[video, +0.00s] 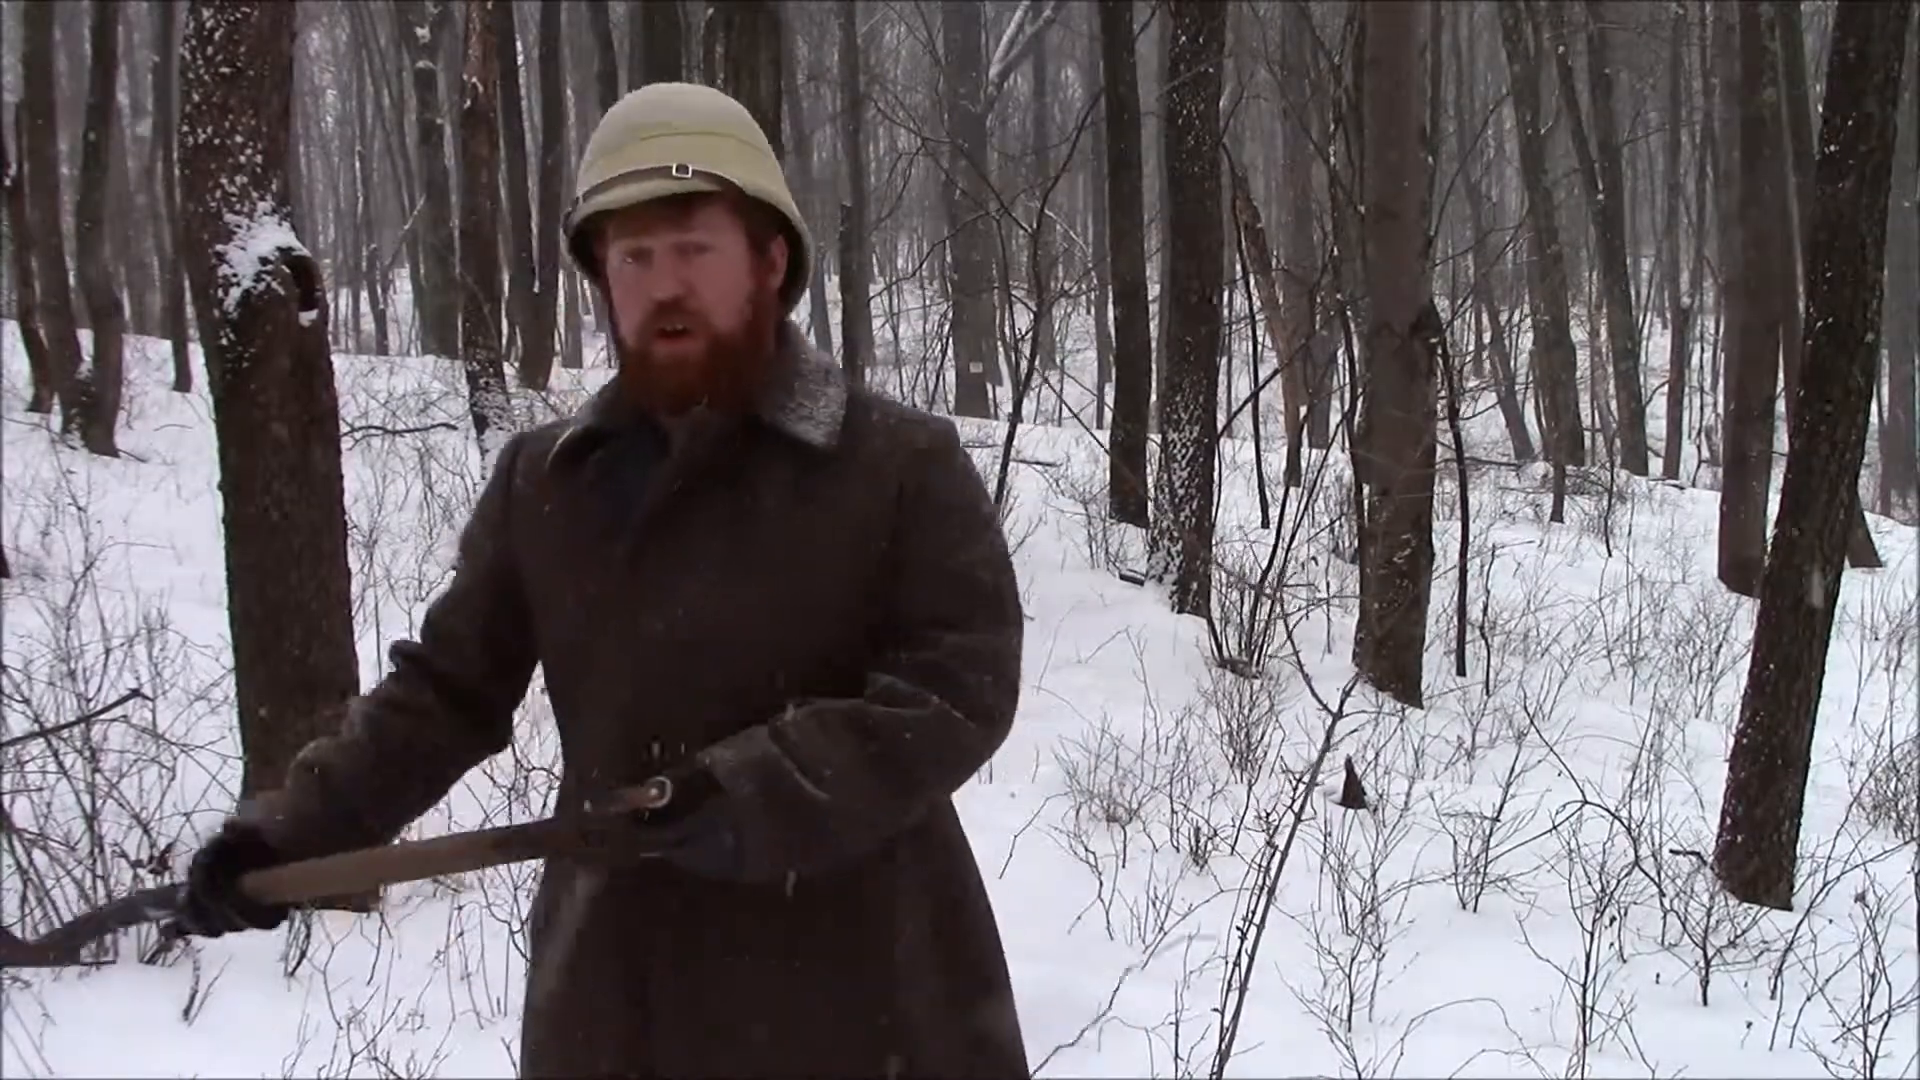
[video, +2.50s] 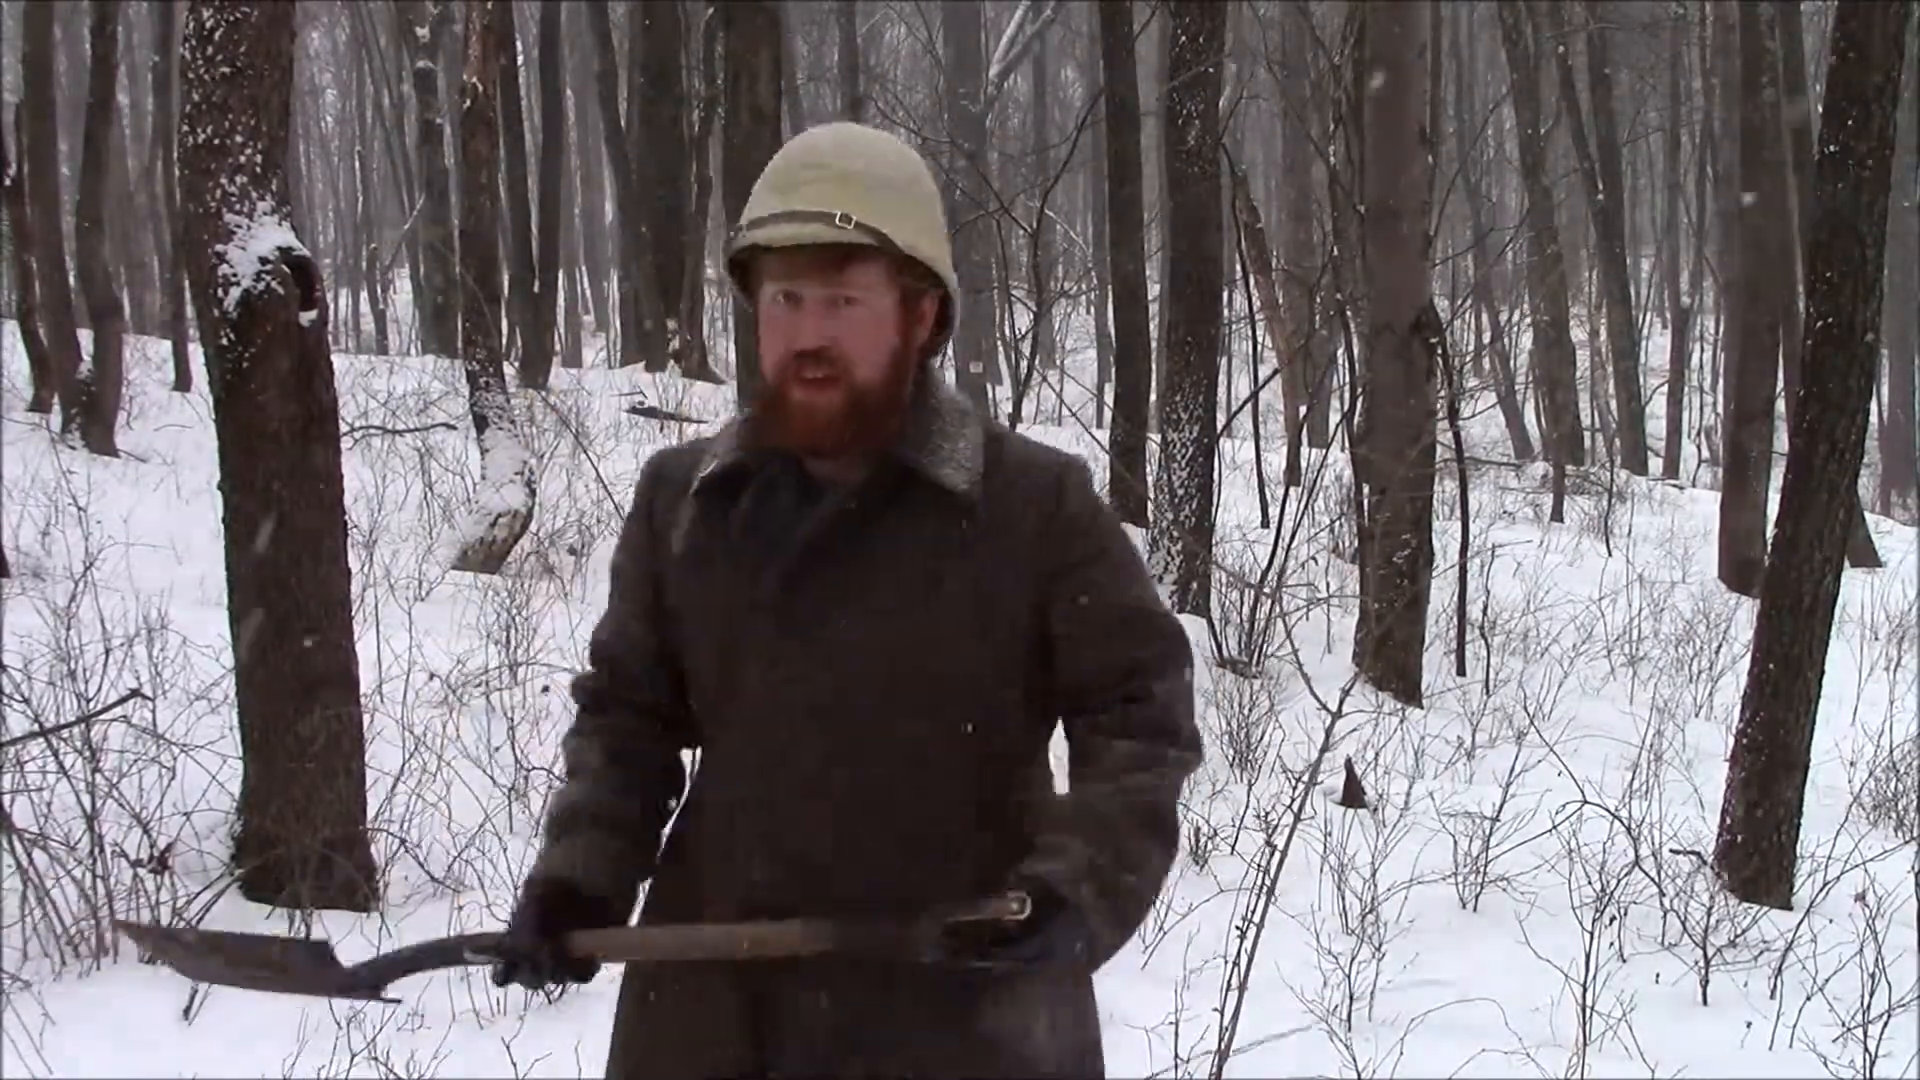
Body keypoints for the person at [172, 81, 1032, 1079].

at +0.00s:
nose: (666, 286)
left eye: (696, 248)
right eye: (636, 257)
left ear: (773, 261)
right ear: (602, 283)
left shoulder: (902, 465)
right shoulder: (541, 481)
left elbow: (959, 691)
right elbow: (448, 689)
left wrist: (746, 801)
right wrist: (288, 826)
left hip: (862, 1003)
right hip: (619, 1014)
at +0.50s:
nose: (802, 292)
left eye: (828, 254)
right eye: (767, 263)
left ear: (894, 267)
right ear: (727, 295)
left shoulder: (1038, 455)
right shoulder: (670, 507)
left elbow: (1164, 633)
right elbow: (634, 760)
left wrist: (1132, 774)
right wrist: (636, 963)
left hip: (1016, 998)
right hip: (762, 1015)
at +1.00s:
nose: (726, 502)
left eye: (739, 450)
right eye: (681, 471)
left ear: (800, 400)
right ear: (637, 480)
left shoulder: (981, 497)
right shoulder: (635, 682)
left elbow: (1137, 607)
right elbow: (695, 963)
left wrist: (1144, 781)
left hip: (1084, 990)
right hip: (857, 1050)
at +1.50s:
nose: (574, 973)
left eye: (579, 922)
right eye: (523, 958)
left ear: (639, 818)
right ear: (463, 938)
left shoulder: (836, 763)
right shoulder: (479, 976)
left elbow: (1005, 935)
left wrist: (1006, 1061)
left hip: (907, 1046)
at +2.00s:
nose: (602, 707)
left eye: (627, 654)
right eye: (560, 668)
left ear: (708, 603)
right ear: (521, 647)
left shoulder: (891, 678)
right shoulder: (509, 732)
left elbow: (966, 950)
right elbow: (451, 1001)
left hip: (868, 1045)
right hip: (639, 1051)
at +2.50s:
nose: (808, 336)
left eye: (844, 298)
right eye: (784, 300)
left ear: (922, 318)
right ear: (752, 315)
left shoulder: (1034, 508)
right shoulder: (683, 500)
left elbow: (1142, 725)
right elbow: (627, 711)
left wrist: (1071, 894)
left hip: (961, 1010)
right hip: (719, 1005)